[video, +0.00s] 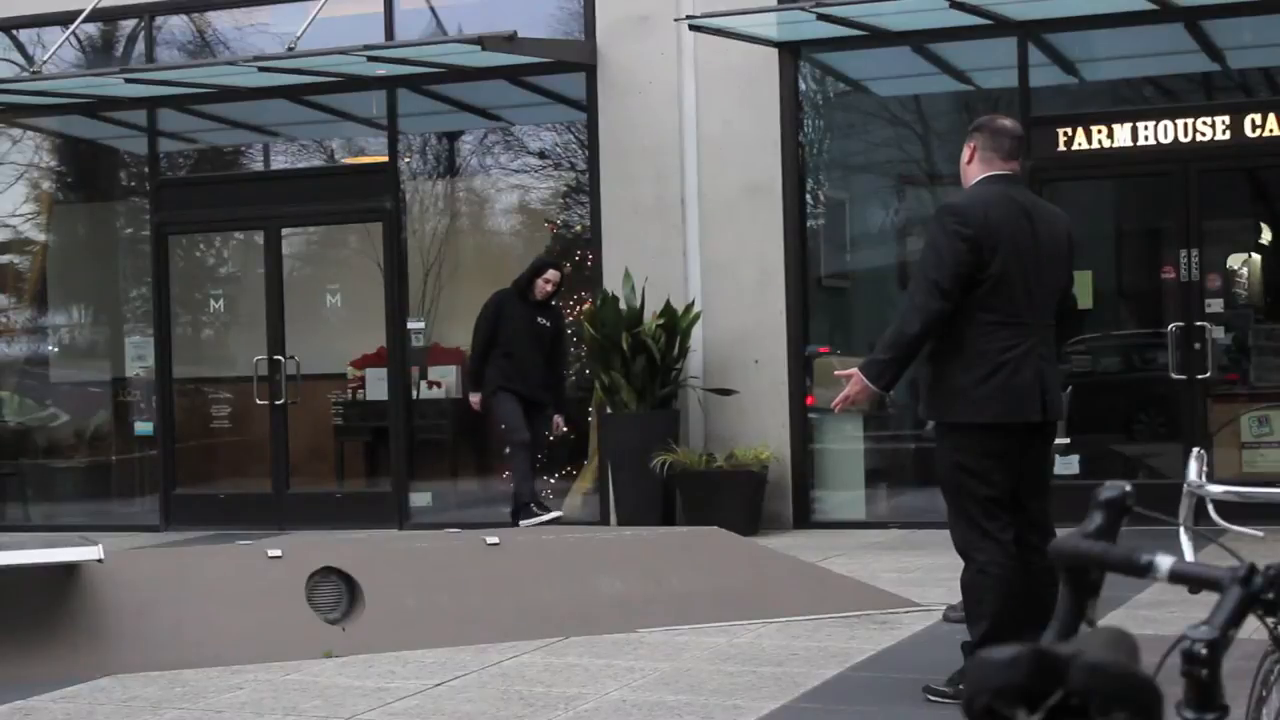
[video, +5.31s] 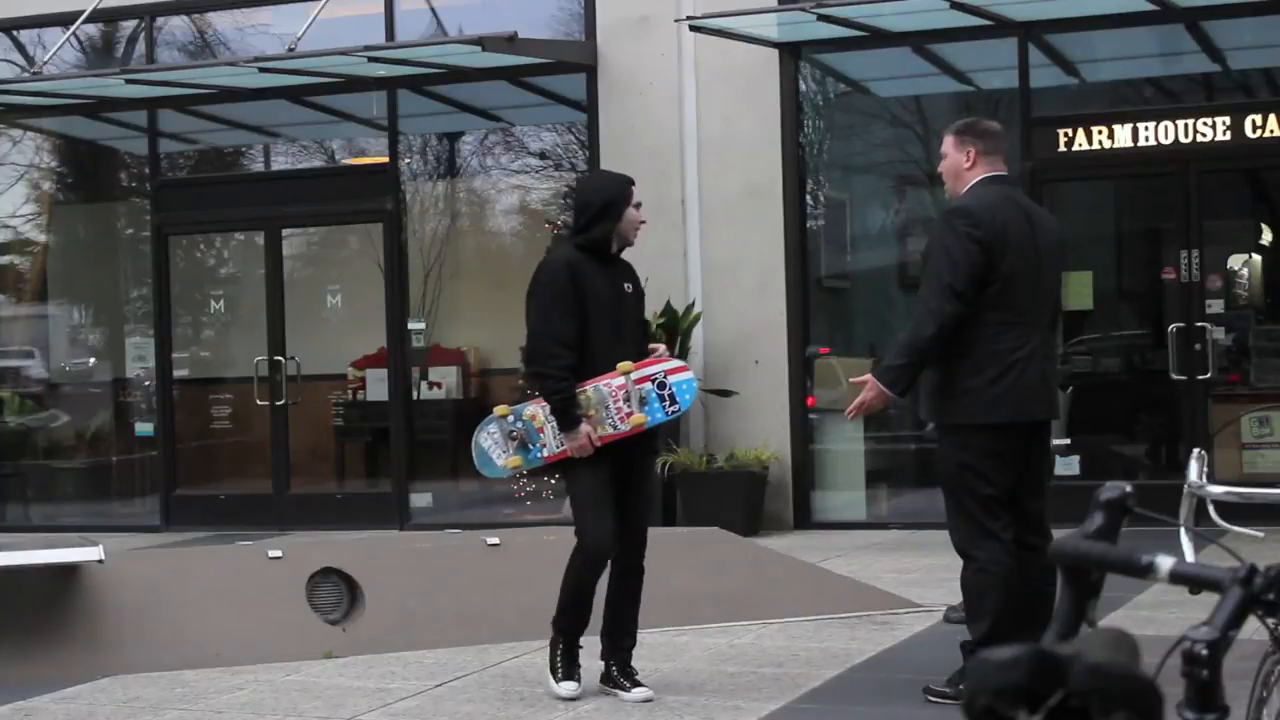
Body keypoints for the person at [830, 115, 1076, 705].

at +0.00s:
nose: (960, 165)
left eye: (962, 156)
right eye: (964, 157)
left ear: (972, 155)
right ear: (1020, 161)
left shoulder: (963, 214)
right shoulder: (1052, 220)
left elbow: (927, 304)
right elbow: (1067, 314)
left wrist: (876, 374)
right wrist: (1027, 352)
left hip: (972, 405)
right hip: (1034, 404)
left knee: (983, 538)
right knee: (1029, 531)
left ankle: (988, 673)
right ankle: (1033, 665)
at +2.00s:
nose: (960, 166)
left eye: (963, 156)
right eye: (964, 157)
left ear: (974, 154)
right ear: (1022, 161)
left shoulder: (968, 216)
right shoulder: (1052, 221)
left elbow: (932, 308)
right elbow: (1068, 316)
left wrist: (883, 376)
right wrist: (1025, 352)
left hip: (973, 407)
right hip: (1034, 407)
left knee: (982, 539)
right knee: (1029, 531)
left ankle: (988, 674)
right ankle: (1030, 665)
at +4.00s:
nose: (956, 164)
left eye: (959, 153)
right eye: (959, 155)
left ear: (973, 151)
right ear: (1019, 159)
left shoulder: (969, 218)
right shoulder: (1049, 221)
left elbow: (937, 311)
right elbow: (1063, 320)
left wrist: (889, 377)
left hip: (976, 408)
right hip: (1034, 408)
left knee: (983, 539)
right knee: (1029, 531)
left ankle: (988, 674)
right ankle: (1027, 666)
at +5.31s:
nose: (938, 167)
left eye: (943, 156)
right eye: (940, 156)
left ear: (969, 156)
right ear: (991, 156)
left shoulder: (966, 218)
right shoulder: (1037, 219)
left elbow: (938, 311)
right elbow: (1040, 316)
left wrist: (890, 377)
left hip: (975, 408)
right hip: (1029, 406)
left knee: (981, 539)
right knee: (1026, 532)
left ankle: (987, 674)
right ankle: (1027, 665)